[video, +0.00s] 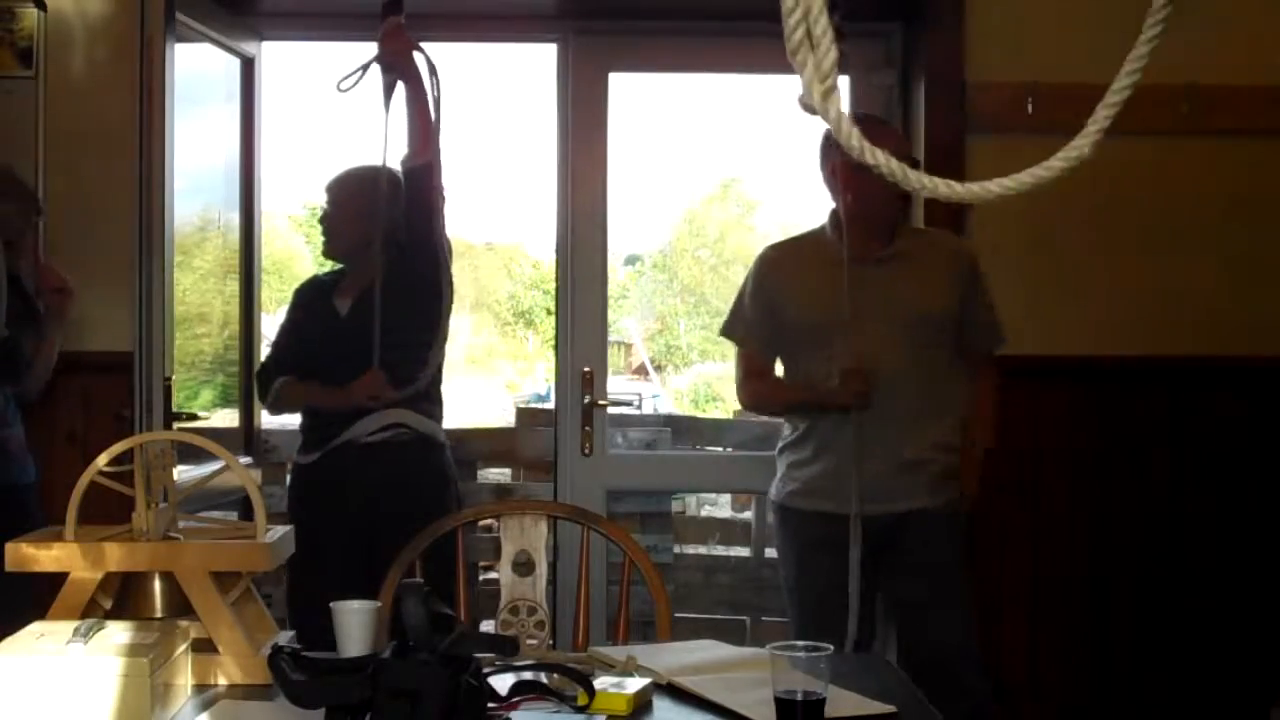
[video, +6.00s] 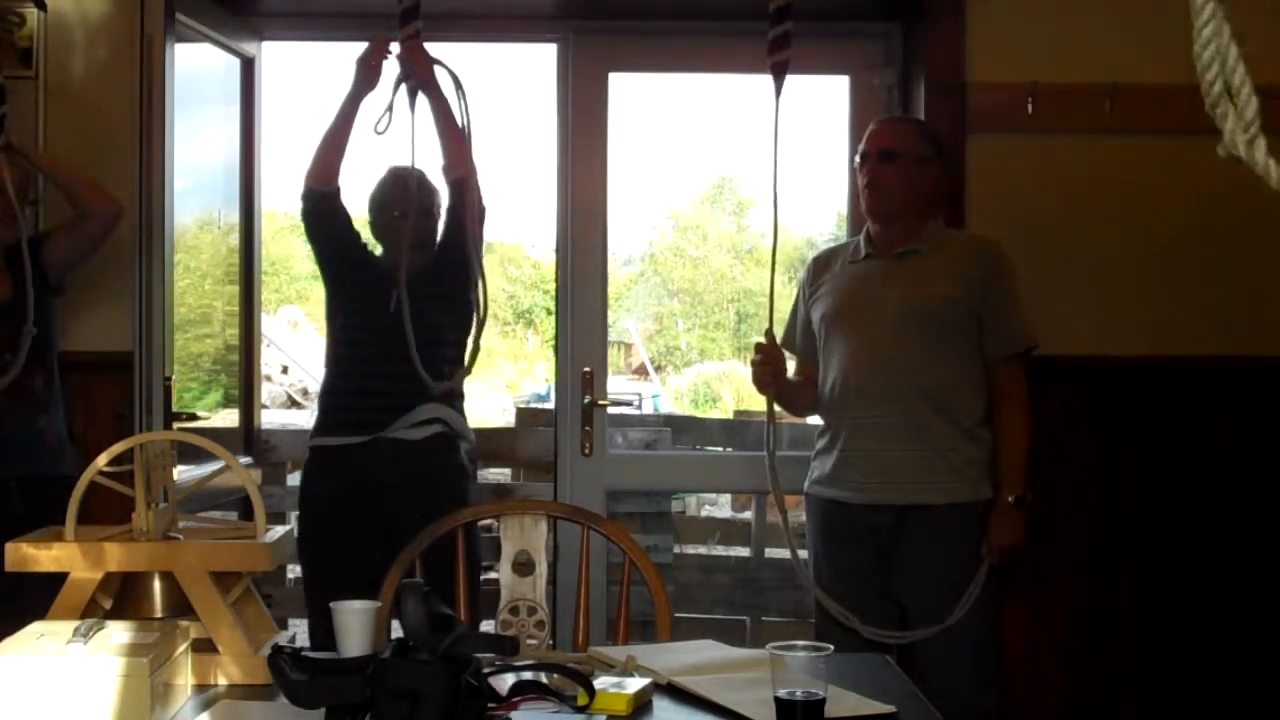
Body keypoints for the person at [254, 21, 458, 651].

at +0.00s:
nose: (323, 218)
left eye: (336, 207)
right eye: (326, 207)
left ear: (380, 215)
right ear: (348, 217)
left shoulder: (416, 283)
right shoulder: (312, 297)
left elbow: (423, 170)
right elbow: (275, 389)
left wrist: (409, 75)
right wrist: (348, 395)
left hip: (406, 474)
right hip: (322, 478)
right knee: (319, 626)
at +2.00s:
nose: (359, 221)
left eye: (373, 209)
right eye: (352, 210)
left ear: (407, 217)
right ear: (343, 219)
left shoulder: (432, 278)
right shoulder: (330, 296)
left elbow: (436, 169)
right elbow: (284, 359)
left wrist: (419, 76)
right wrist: (323, 265)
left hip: (417, 462)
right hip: (335, 466)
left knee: (417, 623)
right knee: (327, 636)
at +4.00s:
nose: (414, 191)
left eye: (427, 186)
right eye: (403, 186)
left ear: (446, 209)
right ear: (389, 211)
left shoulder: (457, 273)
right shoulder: (360, 266)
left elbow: (450, 174)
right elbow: (331, 183)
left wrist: (420, 82)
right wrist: (365, 86)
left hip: (430, 459)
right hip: (346, 459)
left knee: (441, 627)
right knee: (346, 634)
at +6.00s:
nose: (408, 213)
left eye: (418, 203)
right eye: (395, 202)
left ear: (435, 218)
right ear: (373, 220)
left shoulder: (453, 277)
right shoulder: (349, 272)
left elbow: (463, 182)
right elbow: (318, 188)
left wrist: (430, 86)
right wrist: (358, 93)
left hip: (429, 463)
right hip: (341, 463)